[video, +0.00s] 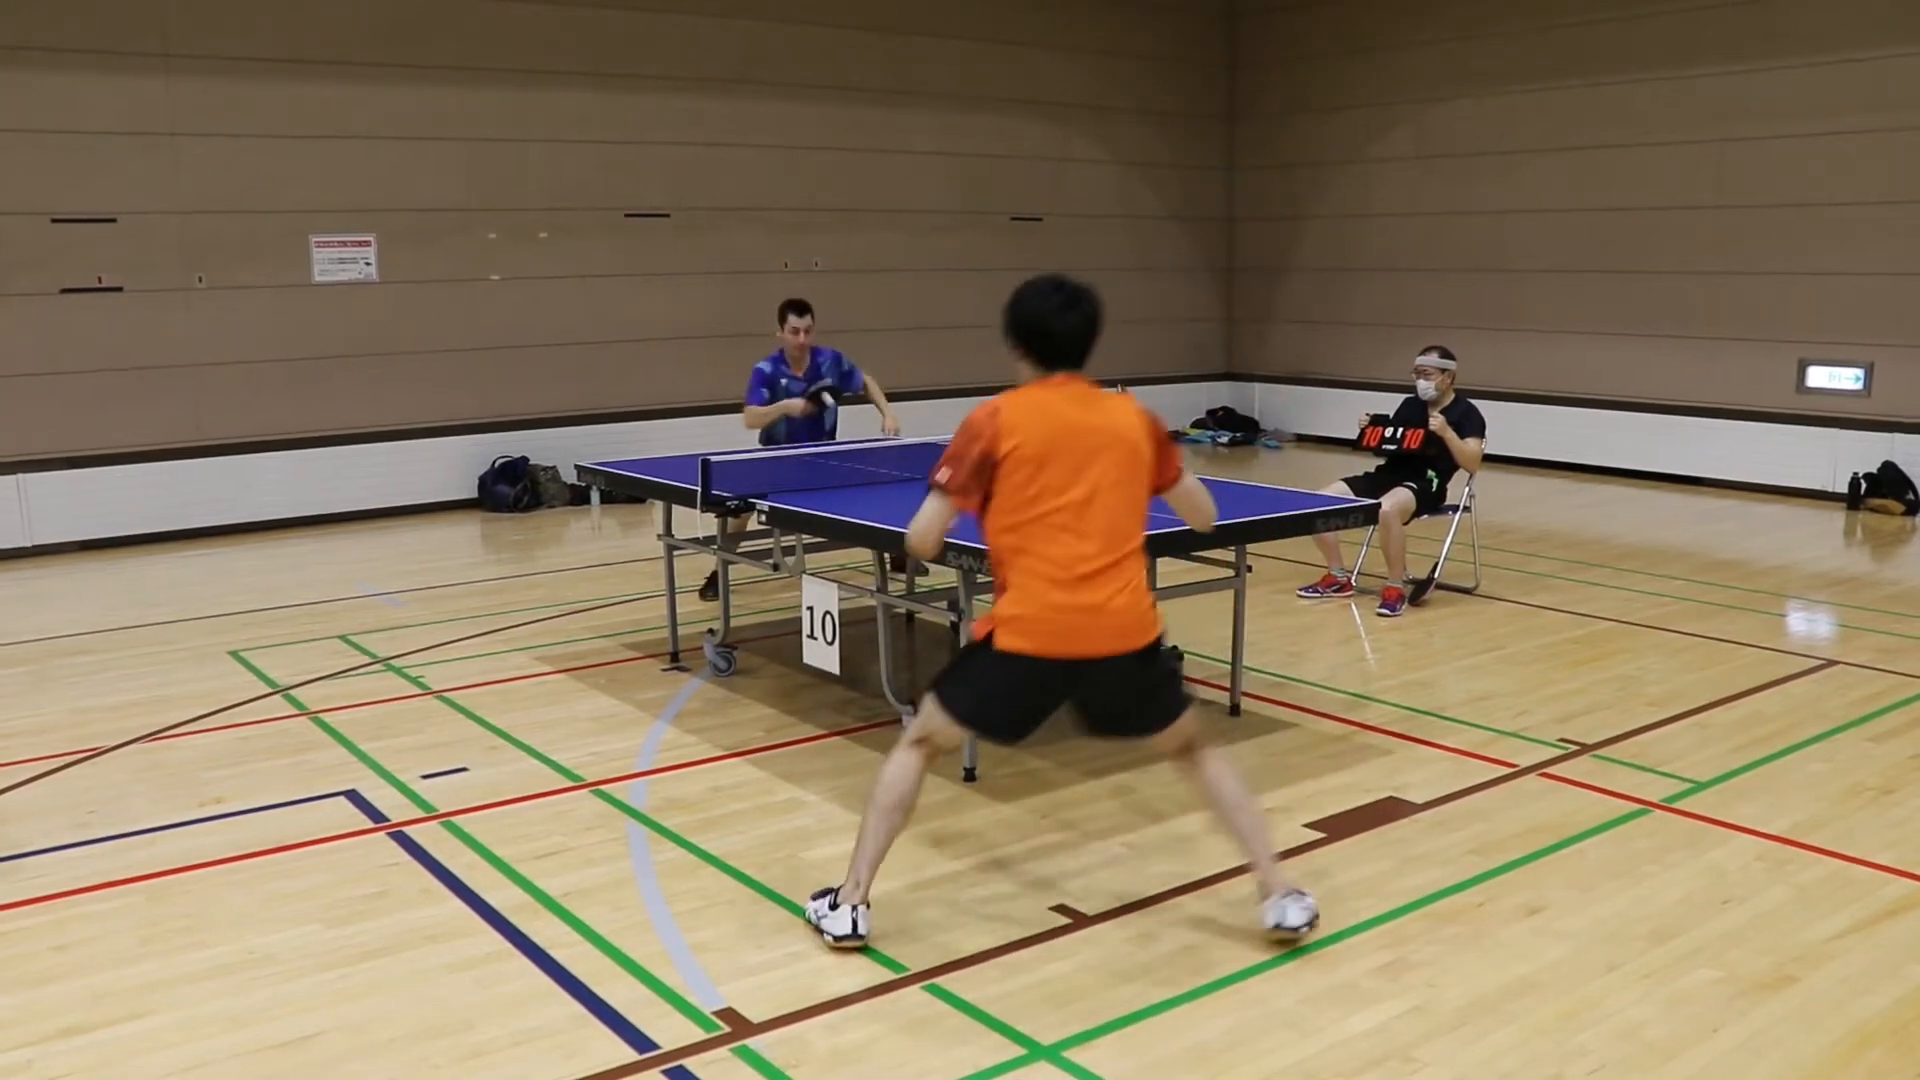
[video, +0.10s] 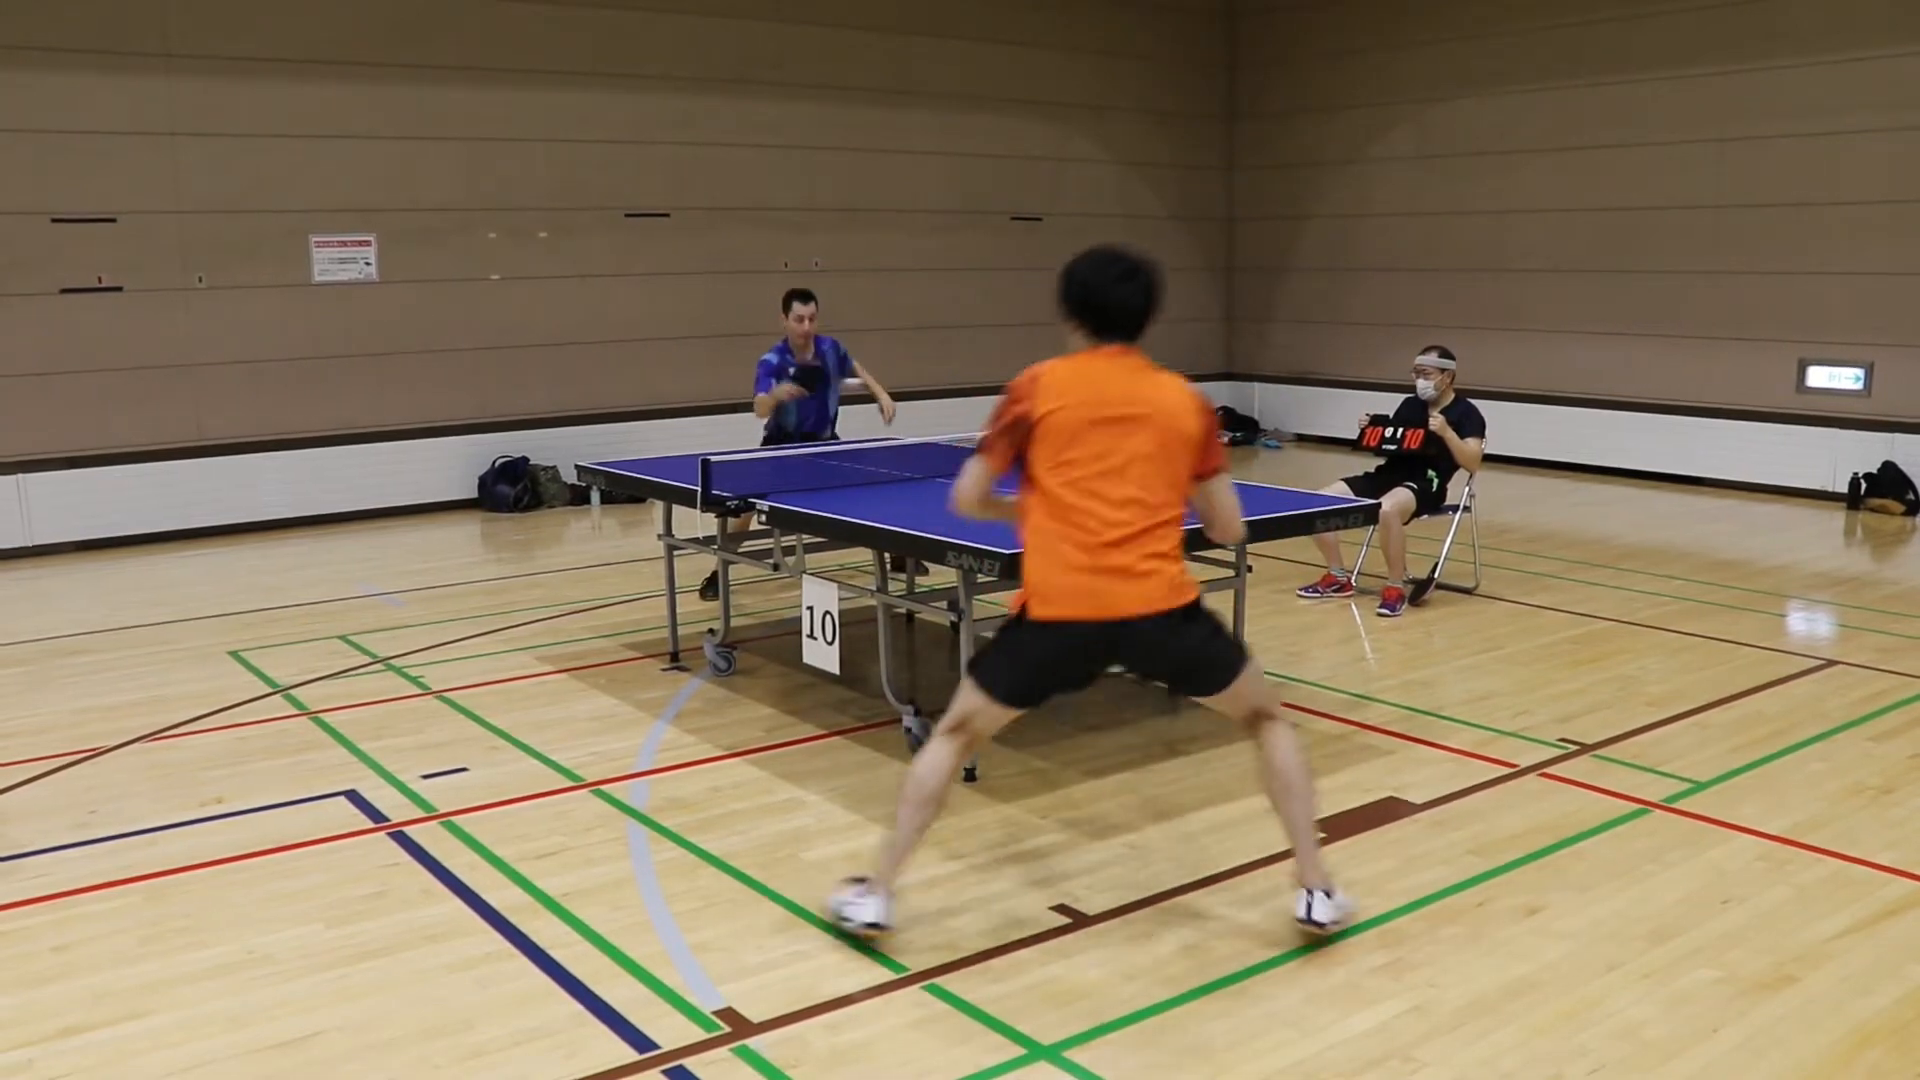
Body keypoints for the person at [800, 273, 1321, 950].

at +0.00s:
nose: (1010, 346)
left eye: (1012, 337)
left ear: (1018, 344)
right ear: (1090, 342)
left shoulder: (993, 421)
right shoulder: (1134, 419)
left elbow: (922, 544)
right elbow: (1203, 517)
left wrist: (925, 542)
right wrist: (1158, 464)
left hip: (1025, 644)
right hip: (1126, 642)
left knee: (920, 743)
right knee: (1194, 749)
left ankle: (851, 901)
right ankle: (1281, 895)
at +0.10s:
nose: (1061, 319)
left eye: (1066, 309)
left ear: (1071, 315)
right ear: (1145, 317)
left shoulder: (1038, 388)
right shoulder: (1184, 399)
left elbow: (966, 500)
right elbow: (1228, 527)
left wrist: (1032, 509)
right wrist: (1174, 486)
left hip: (1056, 618)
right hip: (1163, 614)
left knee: (956, 733)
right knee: (1266, 718)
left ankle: (878, 889)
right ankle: (1316, 887)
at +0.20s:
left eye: (1131, 310)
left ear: (1132, 317)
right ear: (1208, 322)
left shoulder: (1089, 389)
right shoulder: (1239, 416)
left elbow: (1036, 500)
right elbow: (1263, 561)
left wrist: (1106, 512)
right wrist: (1238, 541)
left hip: (1085, 627)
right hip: (1192, 630)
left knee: (1007, 740)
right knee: (1288, 748)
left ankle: (969, 886)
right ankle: (1372, 909)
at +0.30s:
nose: (1173, 344)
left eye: (1176, 334)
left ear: (1177, 341)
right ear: (1255, 351)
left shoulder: (1125, 411)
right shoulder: (1269, 443)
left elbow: (1094, 512)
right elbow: (1278, 599)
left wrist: (1167, 520)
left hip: (1106, 650)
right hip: (1208, 660)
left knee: (1039, 782)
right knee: (1300, 756)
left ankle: (981, 916)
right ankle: (1376, 916)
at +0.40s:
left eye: (1185, 346)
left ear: (1183, 355)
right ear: (1259, 374)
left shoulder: (1134, 424)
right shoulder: (1251, 461)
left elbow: (1128, 543)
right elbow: (1247, 615)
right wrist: (1297, 695)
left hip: (1088, 668)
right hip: (1191, 684)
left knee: (1018, 798)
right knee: (1302, 761)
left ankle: (932, 901)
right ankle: (1374, 919)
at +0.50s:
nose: (1240, 391)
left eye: (1234, 376)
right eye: (1239, 381)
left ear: (1159, 366)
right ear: (1227, 391)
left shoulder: (1106, 429)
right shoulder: (1183, 471)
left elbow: (1082, 554)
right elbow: (1157, 632)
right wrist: (1242, 711)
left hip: (1041, 676)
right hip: (1127, 692)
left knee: (973, 819)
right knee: (1271, 774)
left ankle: (849, 907)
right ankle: (1373, 923)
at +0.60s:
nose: (1172, 408)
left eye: (1173, 392)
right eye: (1171, 394)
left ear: (1092, 373)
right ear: (1148, 395)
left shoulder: (1019, 437)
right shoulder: (1100, 477)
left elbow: (971, 547)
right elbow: (1095, 632)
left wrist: (1030, 608)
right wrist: (1205, 666)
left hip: (980, 693)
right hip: (1075, 702)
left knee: (912, 838)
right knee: (1223, 791)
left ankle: (795, 947)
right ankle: (1353, 924)